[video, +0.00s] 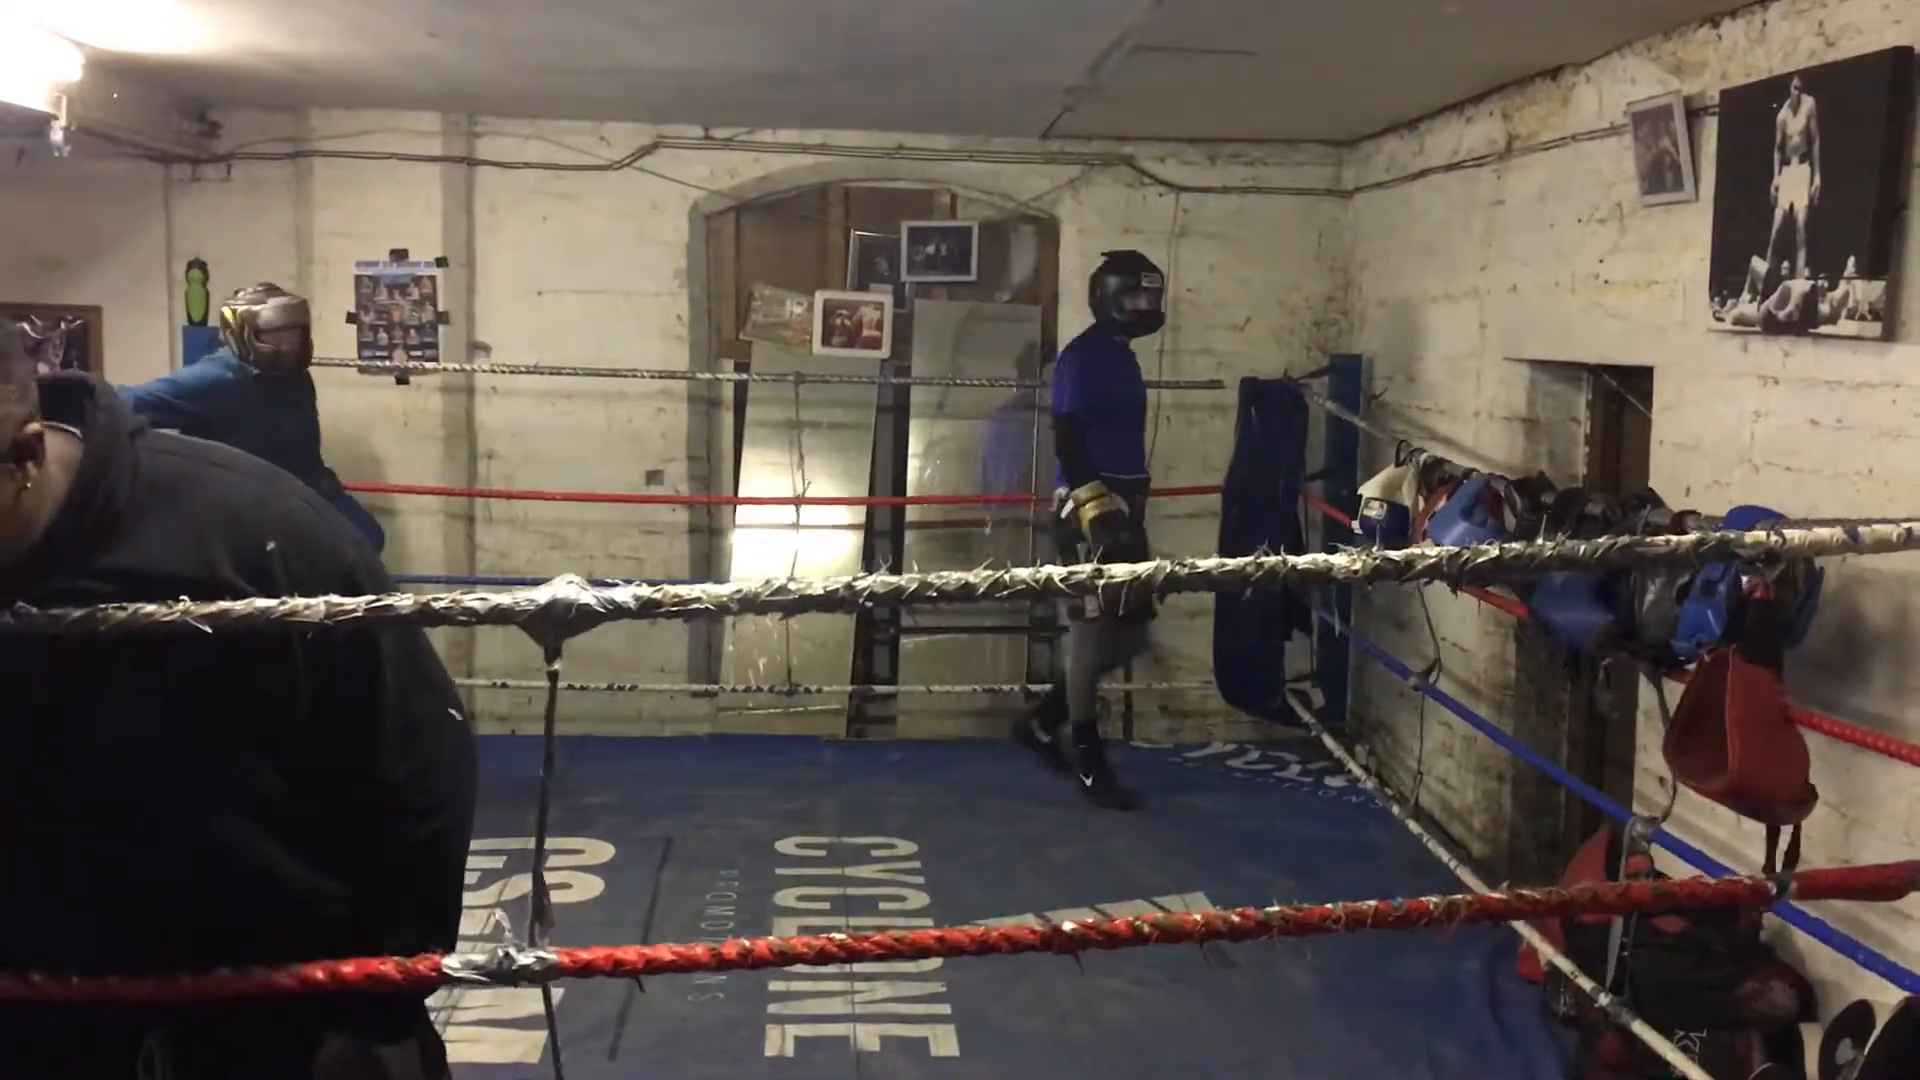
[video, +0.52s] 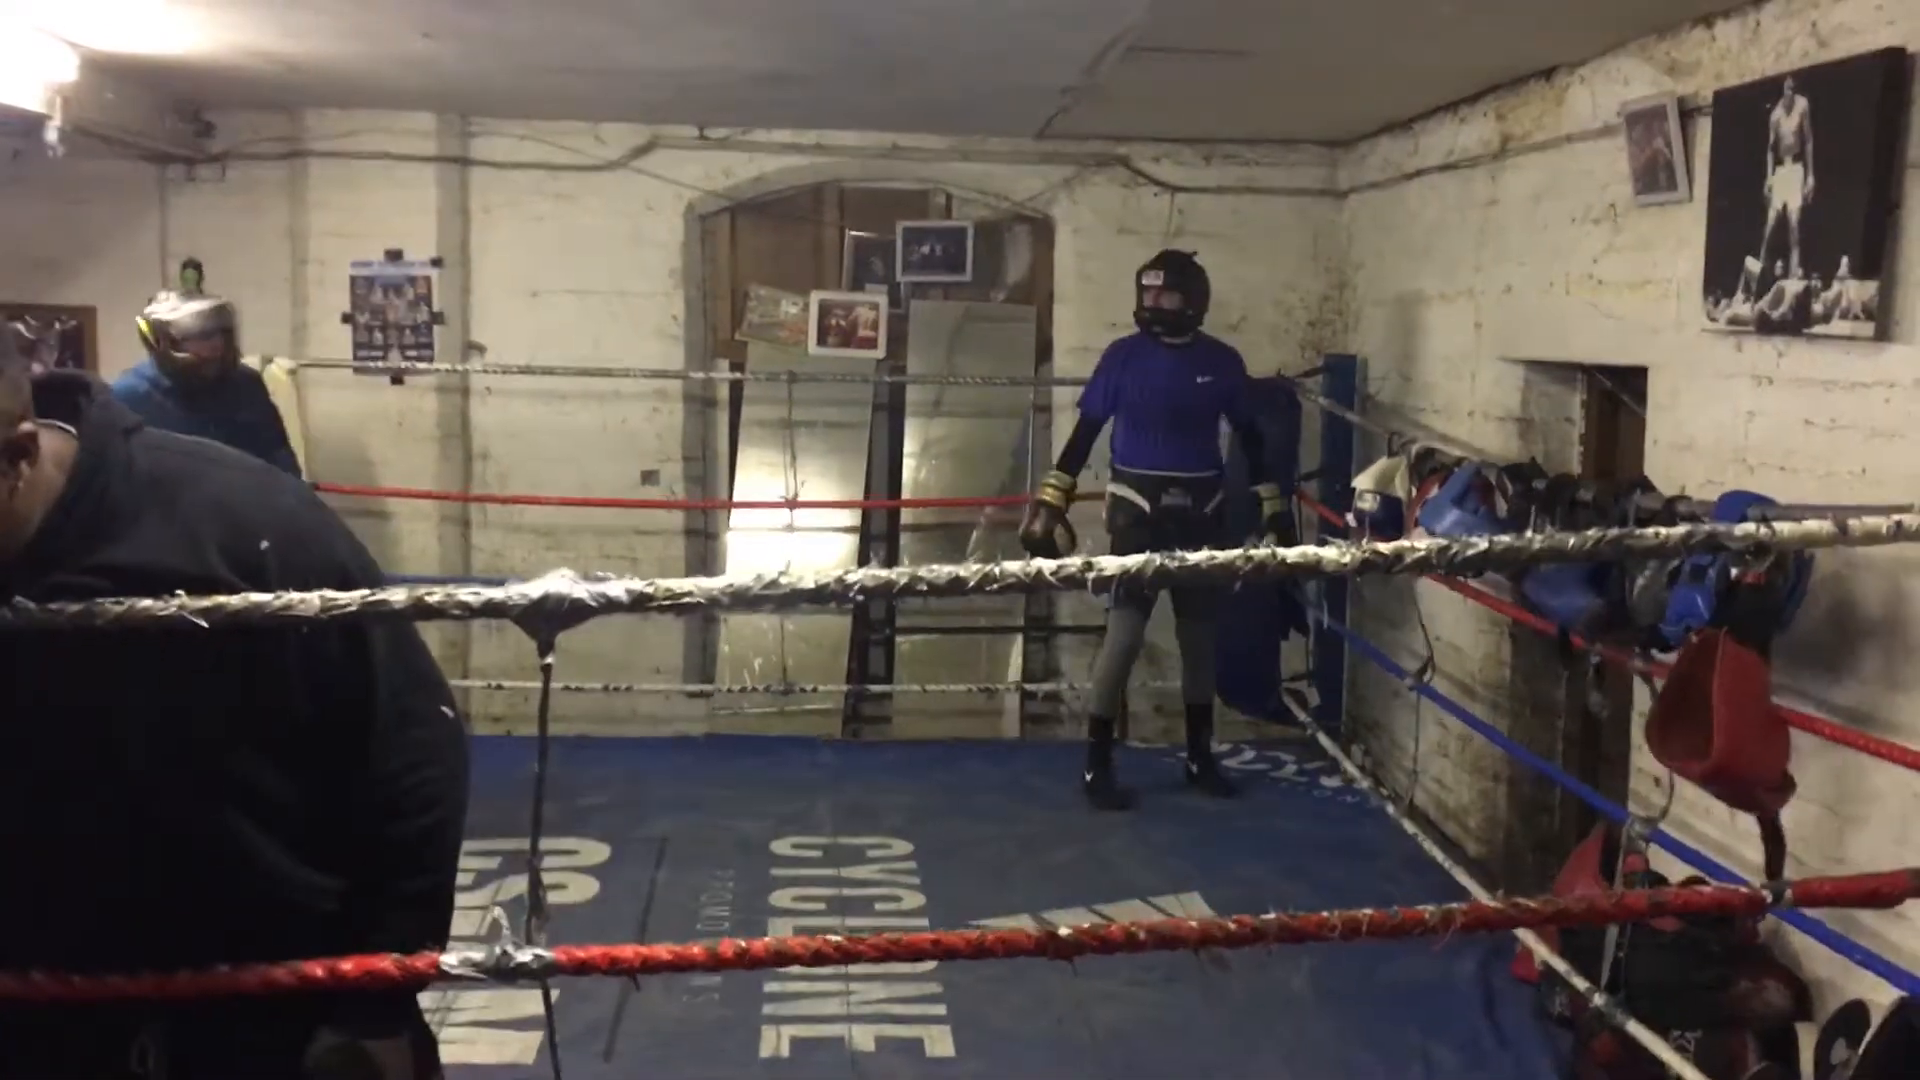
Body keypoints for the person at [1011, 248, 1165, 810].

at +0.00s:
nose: (1151, 304)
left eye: (1155, 294)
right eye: (1139, 294)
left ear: (1153, 300)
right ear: (1106, 298)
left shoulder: (1123, 356)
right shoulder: (1082, 356)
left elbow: (1121, 434)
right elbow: (1067, 437)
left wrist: (1134, 498)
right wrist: (1096, 503)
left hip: (1124, 506)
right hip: (1088, 509)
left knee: (1129, 630)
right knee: (1087, 627)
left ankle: (1046, 716)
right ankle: (1086, 754)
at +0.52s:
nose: (1153, 301)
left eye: (1166, 292)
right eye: (1147, 291)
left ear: (1193, 299)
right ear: (1140, 296)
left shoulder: (1222, 360)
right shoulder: (1124, 356)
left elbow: (1251, 435)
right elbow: (1085, 430)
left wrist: (1269, 509)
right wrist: (1052, 499)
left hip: (1203, 506)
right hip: (1136, 505)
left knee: (1199, 640)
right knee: (1125, 636)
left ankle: (1201, 759)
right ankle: (1097, 766)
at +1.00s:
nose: (1163, 307)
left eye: (1175, 298)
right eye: (1160, 297)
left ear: (1206, 304)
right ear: (1159, 301)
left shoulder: (1245, 366)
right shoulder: (1155, 357)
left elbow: (1262, 446)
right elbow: (1143, 431)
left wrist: (1257, 511)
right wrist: (1129, 496)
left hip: (1219, 509)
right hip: (1153, 504)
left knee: (1208, 636)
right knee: (1124, 630)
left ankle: (1201, 756)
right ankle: (1112, 752)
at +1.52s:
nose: (1116, 301)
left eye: (1127, 293)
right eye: (1115, 292)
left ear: (1158, 299)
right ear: (1122, 298)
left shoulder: (1200, 361)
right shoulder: (1110, 353)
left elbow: (1224, 443)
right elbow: (1091, 428)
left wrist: (1220, 512)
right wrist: (1067, 495)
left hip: (1176, 508)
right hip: (1113, 505)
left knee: (1182, 634)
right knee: (1120, 632)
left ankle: (1198, 755)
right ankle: (1119, 751)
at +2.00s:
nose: (1075, 308)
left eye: (1086, 298)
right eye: (1073, 298)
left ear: (1116, 303)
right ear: (1074, 303)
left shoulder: (1158, 359)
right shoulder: (1072, 358)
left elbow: (1187, 442)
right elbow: (1054, 434)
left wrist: (1182, 517)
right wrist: (1033, 504)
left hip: (1143, 501)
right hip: (1086, 503)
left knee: (1131, 624)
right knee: (1101, 625)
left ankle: (1154, 759)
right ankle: (1116, 747)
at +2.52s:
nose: (1070, 308)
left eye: (1081, 300)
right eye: (1070, 298)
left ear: (1111, 308)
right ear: (1079, 304)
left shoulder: (1149, 371)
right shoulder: (1073, 356)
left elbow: (1168, 457)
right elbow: (1056, 422)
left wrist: (1158, 532)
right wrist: (1029, 488)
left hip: (1119, 504)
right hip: (1067, 502)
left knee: (1109, 631)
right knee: (1076, 634)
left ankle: (1100, 763)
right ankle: (1115, 743)